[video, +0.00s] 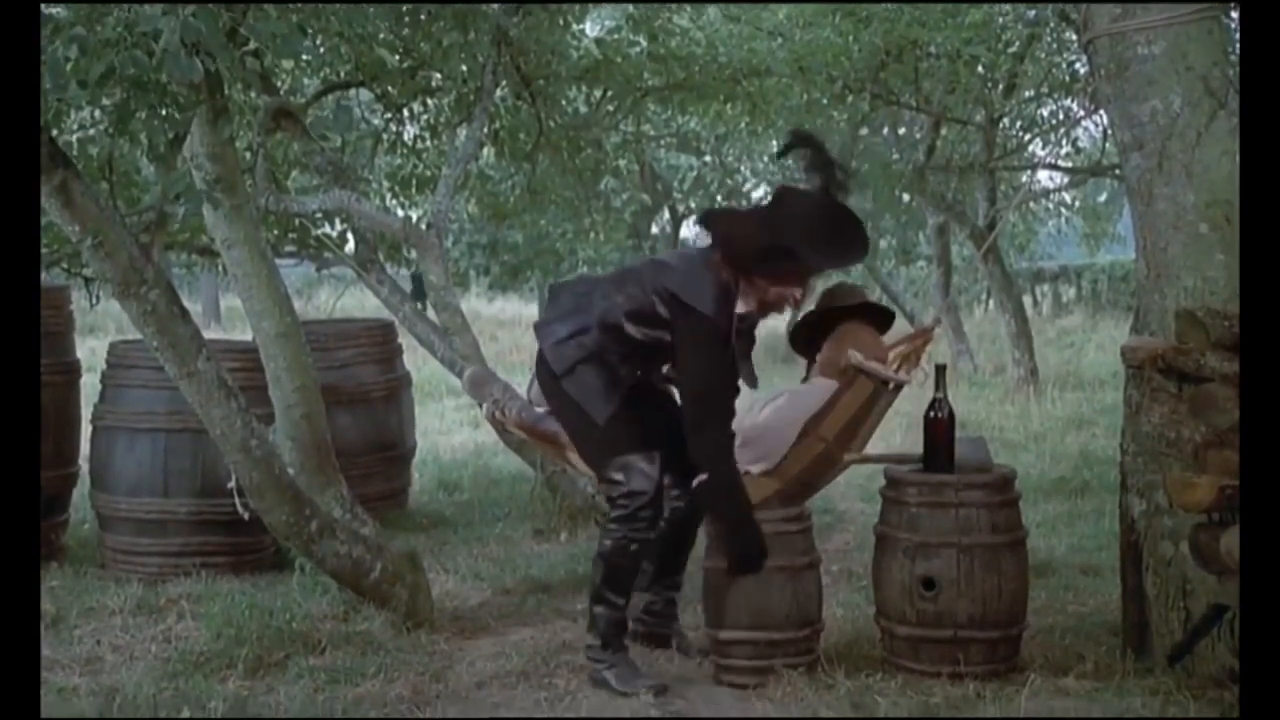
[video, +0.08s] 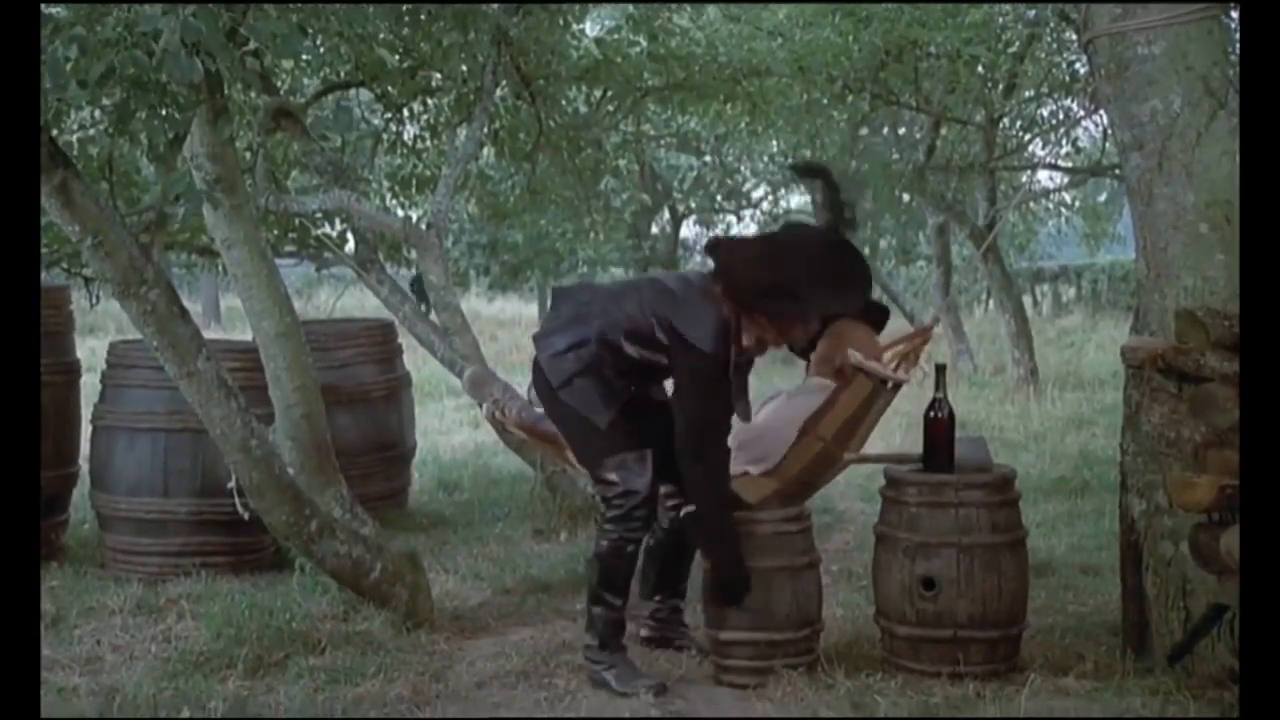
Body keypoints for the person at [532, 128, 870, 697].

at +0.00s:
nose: (800, 299)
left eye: (808, 285)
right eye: (795, 282)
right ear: (760, 268)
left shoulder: (729, 297)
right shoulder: (704, 304)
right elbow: (710, 442)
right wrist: (742, 538)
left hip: (630, 365)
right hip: (575, 358)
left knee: (689, 481)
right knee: (639, 485)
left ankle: (654, 619)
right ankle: (606, 652)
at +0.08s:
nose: (807, 334)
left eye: (817, 322)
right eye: (808, 317)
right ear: (778, 303)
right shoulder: (703, 333)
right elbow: (702, 465)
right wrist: (728, 567)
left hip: (634, 371)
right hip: (571, 361)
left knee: (681, 489)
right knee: (630, 494)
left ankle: (663, 619)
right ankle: (603, 651)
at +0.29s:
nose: (799, 398)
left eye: (804, 387)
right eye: (796, 383)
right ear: (766, 361)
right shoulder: (702, 378)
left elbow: (705, 491)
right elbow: (694, 507)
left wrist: (734, 601)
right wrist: (725, 621)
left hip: (626, 376)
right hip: (568, 376)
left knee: (679, 491)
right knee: (634, 496)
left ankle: (664, 616)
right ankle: (603, 650)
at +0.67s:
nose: (766, 446)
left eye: (779, 439)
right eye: (770, 433)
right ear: (751, 403)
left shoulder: (725, 368)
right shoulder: (691, 414)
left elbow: (702, 509)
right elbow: (683, 541)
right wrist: (724, 654)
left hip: (616, 369)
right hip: (565, 382)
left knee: (684, 480)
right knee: (634, 491)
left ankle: (671, 610)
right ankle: (589, 661)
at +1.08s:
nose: (715, 449)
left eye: (724, 443)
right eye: (715, 439)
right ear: (695, 405)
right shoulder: (650, 412)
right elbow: (669, 552)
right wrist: (716, 657)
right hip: (546, 387)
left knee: (685, 485)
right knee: (619, 493)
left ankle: (667, 615)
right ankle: (588, 662)